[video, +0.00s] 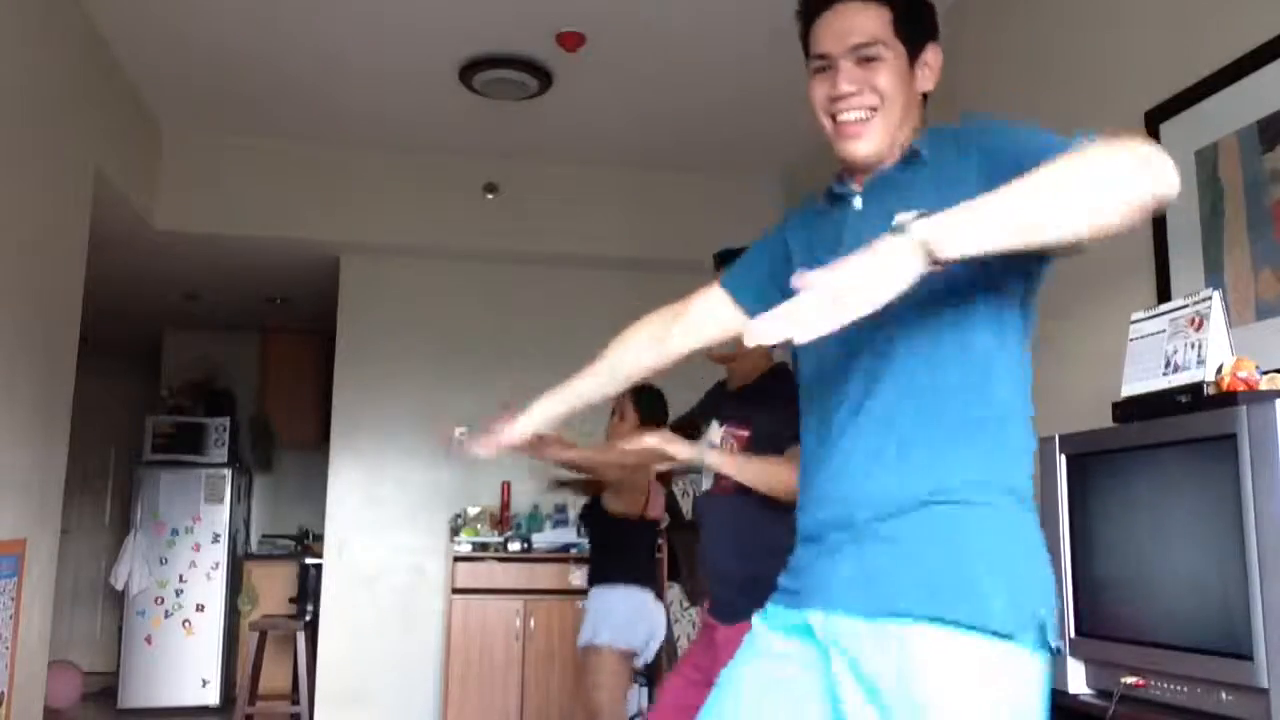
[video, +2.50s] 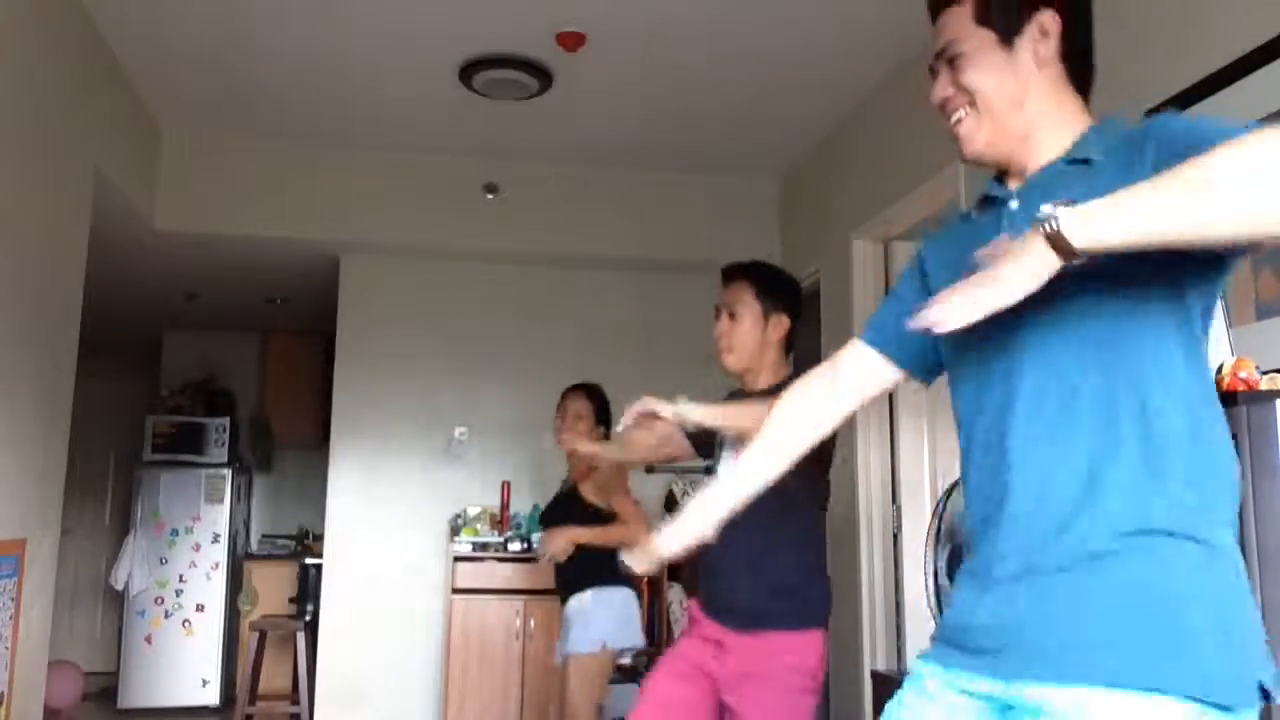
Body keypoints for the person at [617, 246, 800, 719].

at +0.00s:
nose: (715, 324)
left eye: (730, 308)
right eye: (713, 310)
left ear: (763, 318)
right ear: (706, 322)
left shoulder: (794, 391)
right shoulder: (721, 396)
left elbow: (800, 481)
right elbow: (664, 449)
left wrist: (699, 454)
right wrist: (573, 455)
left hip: (772, 622)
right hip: (716, 619)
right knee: (665, 711)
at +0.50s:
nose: (719, 325)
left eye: (735, 312)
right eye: (719, 310)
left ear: (768, 320)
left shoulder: (790, 391)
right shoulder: (716, 400)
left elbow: (802, 480)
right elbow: (656, 445)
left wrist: (689, 473)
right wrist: (565, 454)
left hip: (768, 606)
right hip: (717, 604)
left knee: (690, 708)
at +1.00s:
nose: (705, 300)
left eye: (717, 287)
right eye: (706, 287)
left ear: (762, 298)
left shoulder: (794, 371)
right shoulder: (711, 375)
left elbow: (824, 441)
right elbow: (657, 431)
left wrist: (738, 394)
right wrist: (568, 424)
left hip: (773, 617)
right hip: (707, 613)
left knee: (767, 713)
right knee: (665, 711)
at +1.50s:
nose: (696, 287)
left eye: (711, 272)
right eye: (698, 273)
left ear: (755, 285)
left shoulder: (786, 357)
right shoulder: (701, 371)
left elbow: (783, 441)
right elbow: (668, 467)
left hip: (772, 582)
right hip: (704, 580)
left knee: (754, 712)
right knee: (681, 711)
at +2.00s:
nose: (706, 312)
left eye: (719, 299)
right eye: (706, 299)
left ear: (763, 312)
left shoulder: (781, 376)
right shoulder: (718, 376)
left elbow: (781, 409)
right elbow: (667, 399)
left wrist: (763, 399)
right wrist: (680, 424)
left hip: (735, 588)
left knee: (697, 709)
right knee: (737, 710)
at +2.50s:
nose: (719, 330)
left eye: (733, 315)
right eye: (719, 316)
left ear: (778, 327)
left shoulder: (811, 399)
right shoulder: (732, 410)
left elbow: (774, 419)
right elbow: (661, 443)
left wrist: (678, 412)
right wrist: (601, 449)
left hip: (781, 641)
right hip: (707, 629)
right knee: (649, 712)